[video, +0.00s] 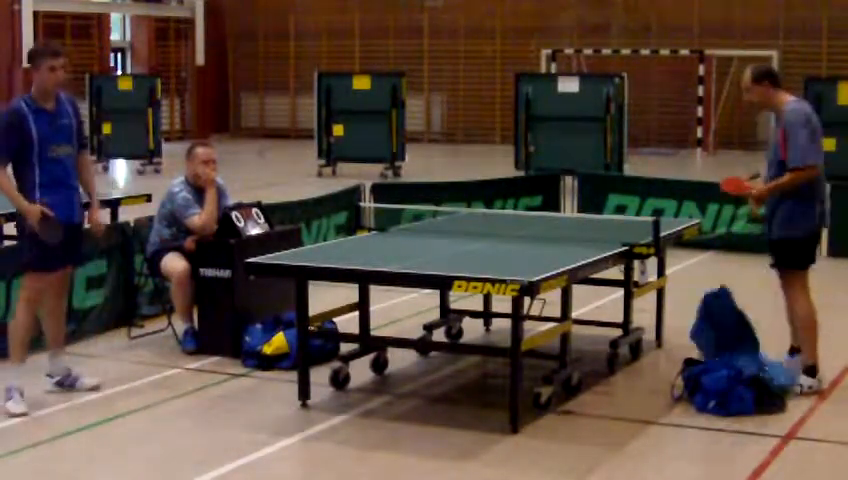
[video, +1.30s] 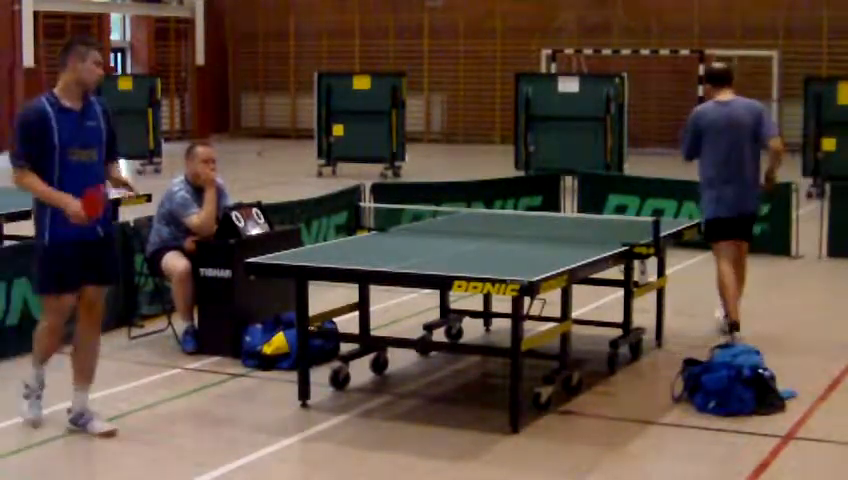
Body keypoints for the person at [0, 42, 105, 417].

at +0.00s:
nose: (59, 76)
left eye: (62, 69)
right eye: (52, 70)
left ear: (65, 72)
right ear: (33, 72)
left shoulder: (71, 108)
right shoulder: (15, 115)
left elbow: (82, 157)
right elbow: (0, 169)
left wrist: (94, 203)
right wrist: (23, 205)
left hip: (70, 214)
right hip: (38, 216)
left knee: (60, 288)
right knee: (32, 291)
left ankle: (57, 368)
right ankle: (13, 383)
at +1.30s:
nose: (102, 72)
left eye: (102, 65)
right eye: (96, 64)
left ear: (88, 68)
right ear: (73, 64)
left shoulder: (99, 112)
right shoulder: (36, 114)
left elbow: (110, 163)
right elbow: (22, 174)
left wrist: (121, 179)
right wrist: (64, 201)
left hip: (98, 228)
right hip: (58, 232)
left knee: (92, 308)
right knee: (59, 307)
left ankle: (80, 406)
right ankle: (36, 380)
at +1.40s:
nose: (109, 70)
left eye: (109, 64)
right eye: (103, 62)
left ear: (98, 66)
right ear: (80, 63)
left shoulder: (104, 109)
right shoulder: (49, 111)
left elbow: (118, 160)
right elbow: (48, 177)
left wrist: (121, 166)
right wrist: (110, 187)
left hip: (106, 227)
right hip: (70, 231)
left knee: (96, 312)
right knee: (79, 312)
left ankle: (81, 405)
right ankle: (55, 401)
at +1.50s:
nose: (114, 72)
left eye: (114, 64)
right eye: (109, 63)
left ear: (101, 66)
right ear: (87, 64)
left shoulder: (107, 108)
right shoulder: (61, 114)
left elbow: (130, 166)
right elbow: (71, 177)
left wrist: (123, 153)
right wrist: (134, 175)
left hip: (111, 228)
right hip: (82, 232)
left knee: (100, 317)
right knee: (95, 316)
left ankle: (84, 405)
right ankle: (84, 408)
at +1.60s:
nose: (126, 73)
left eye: (125, 66)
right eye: (121, 66)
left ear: (108, 68)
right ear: (100, 67)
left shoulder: (113, 110)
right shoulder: (75, 116)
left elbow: (129, 158)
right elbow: (89, 179)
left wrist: (156, 163)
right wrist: (149, 177)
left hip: (118, 232)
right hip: (95, 237)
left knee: (100, 318)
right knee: (114, 320)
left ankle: (82, 408)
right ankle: (122, 424)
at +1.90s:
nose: (165, 74)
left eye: (164, 67)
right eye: (161, 67)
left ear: (139, 68)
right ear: (147, 69)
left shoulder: (145, 114)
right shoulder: (121, 120)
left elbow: (151, 178)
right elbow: (120, 192)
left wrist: (180, 209)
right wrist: (174, 214)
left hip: (156, 238)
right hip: (139, 242)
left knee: (149, 330)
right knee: (151, 332)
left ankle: (98, 394)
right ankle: (168, 428)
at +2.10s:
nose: (191, 75)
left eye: (190, 67)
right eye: (189, 67)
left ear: (163, 67)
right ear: (177, 68)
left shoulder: (167, 113)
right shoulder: (151, 118)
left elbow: (176, 175)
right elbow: (147, 189)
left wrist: (203, 201)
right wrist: (199, 218)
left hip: (183, 233)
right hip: (159, 239)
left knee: (211, 310)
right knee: (162, 324)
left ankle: (159, 390)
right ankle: (167, 426)